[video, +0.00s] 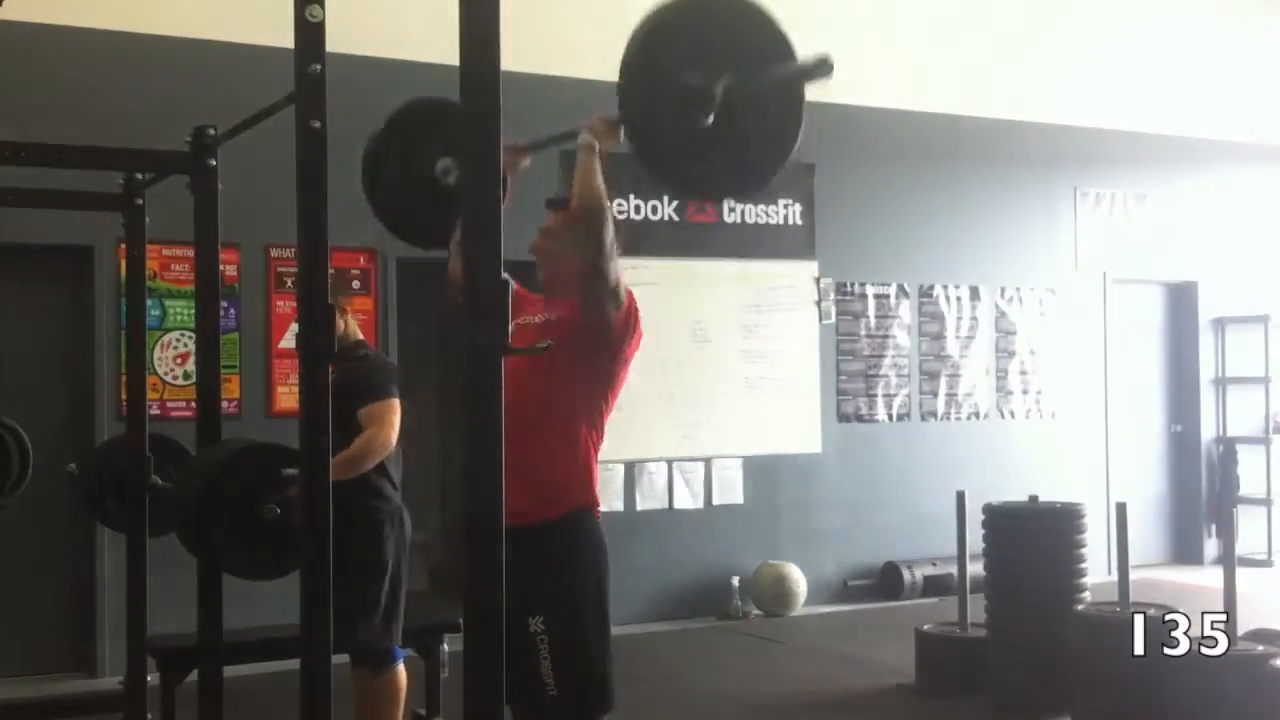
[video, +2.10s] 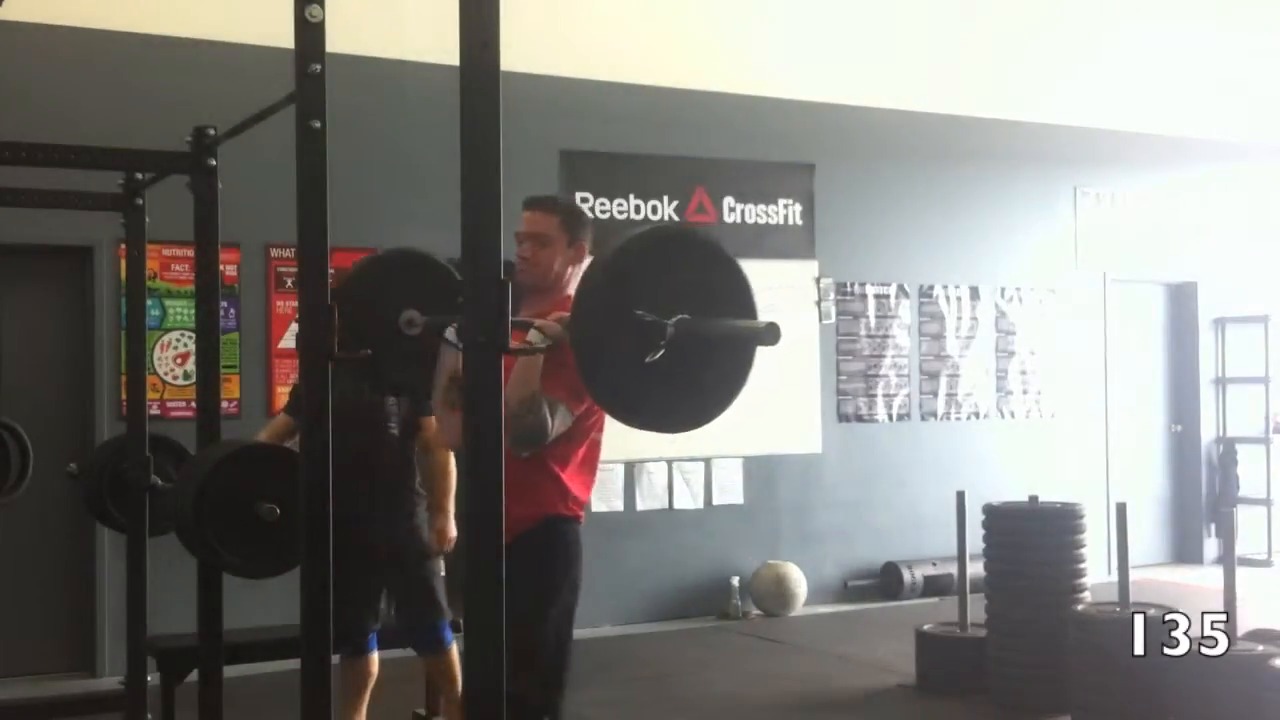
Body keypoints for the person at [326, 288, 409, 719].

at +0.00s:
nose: (315, 331)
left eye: (321, 319)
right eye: (311, 321)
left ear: (342, 315)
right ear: (327, 318)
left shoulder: (369, 366)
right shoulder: (327, 370)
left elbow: (382, 436)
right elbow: (326, 438)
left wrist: (319, 474)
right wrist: (299, 478)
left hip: (374, 513)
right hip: (344, 511)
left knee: (377, 646)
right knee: (360, 645)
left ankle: (388, 718)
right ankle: (368, 717)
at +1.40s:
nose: (320, 330)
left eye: (327, 319)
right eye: (317, 320)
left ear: (351, 316)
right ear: (320, 321)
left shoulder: (384, 375)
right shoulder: (330, 373)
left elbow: (390, 450)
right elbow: (307, 425)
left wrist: (359, 503)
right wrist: (261, 456)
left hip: (375, 527)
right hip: (331, 525)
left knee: (378, 648)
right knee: (339, 648)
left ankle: (388, 719)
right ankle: (347, 719)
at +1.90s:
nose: (334, 320)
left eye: (343, 309)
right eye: (329, 311)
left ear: (369, 312)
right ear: (320, 314)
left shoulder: (397, 368)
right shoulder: (317, 375)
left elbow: (427, 443)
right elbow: (279, 433)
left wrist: (428, 511)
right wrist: (241, 477)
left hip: (391, 520)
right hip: (336, 520)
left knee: (404, 640)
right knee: (353, 643)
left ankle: (418, 716)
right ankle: (350, 717)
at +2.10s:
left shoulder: (407, 368)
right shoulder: (324, 371)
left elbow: (435, 438)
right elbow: (286, 423)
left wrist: (444, 512)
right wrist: (243, 465)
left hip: (404, 519)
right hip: (344, 520)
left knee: (434, 638)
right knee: (356, 642)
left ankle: (454, 711)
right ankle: (351, 714)